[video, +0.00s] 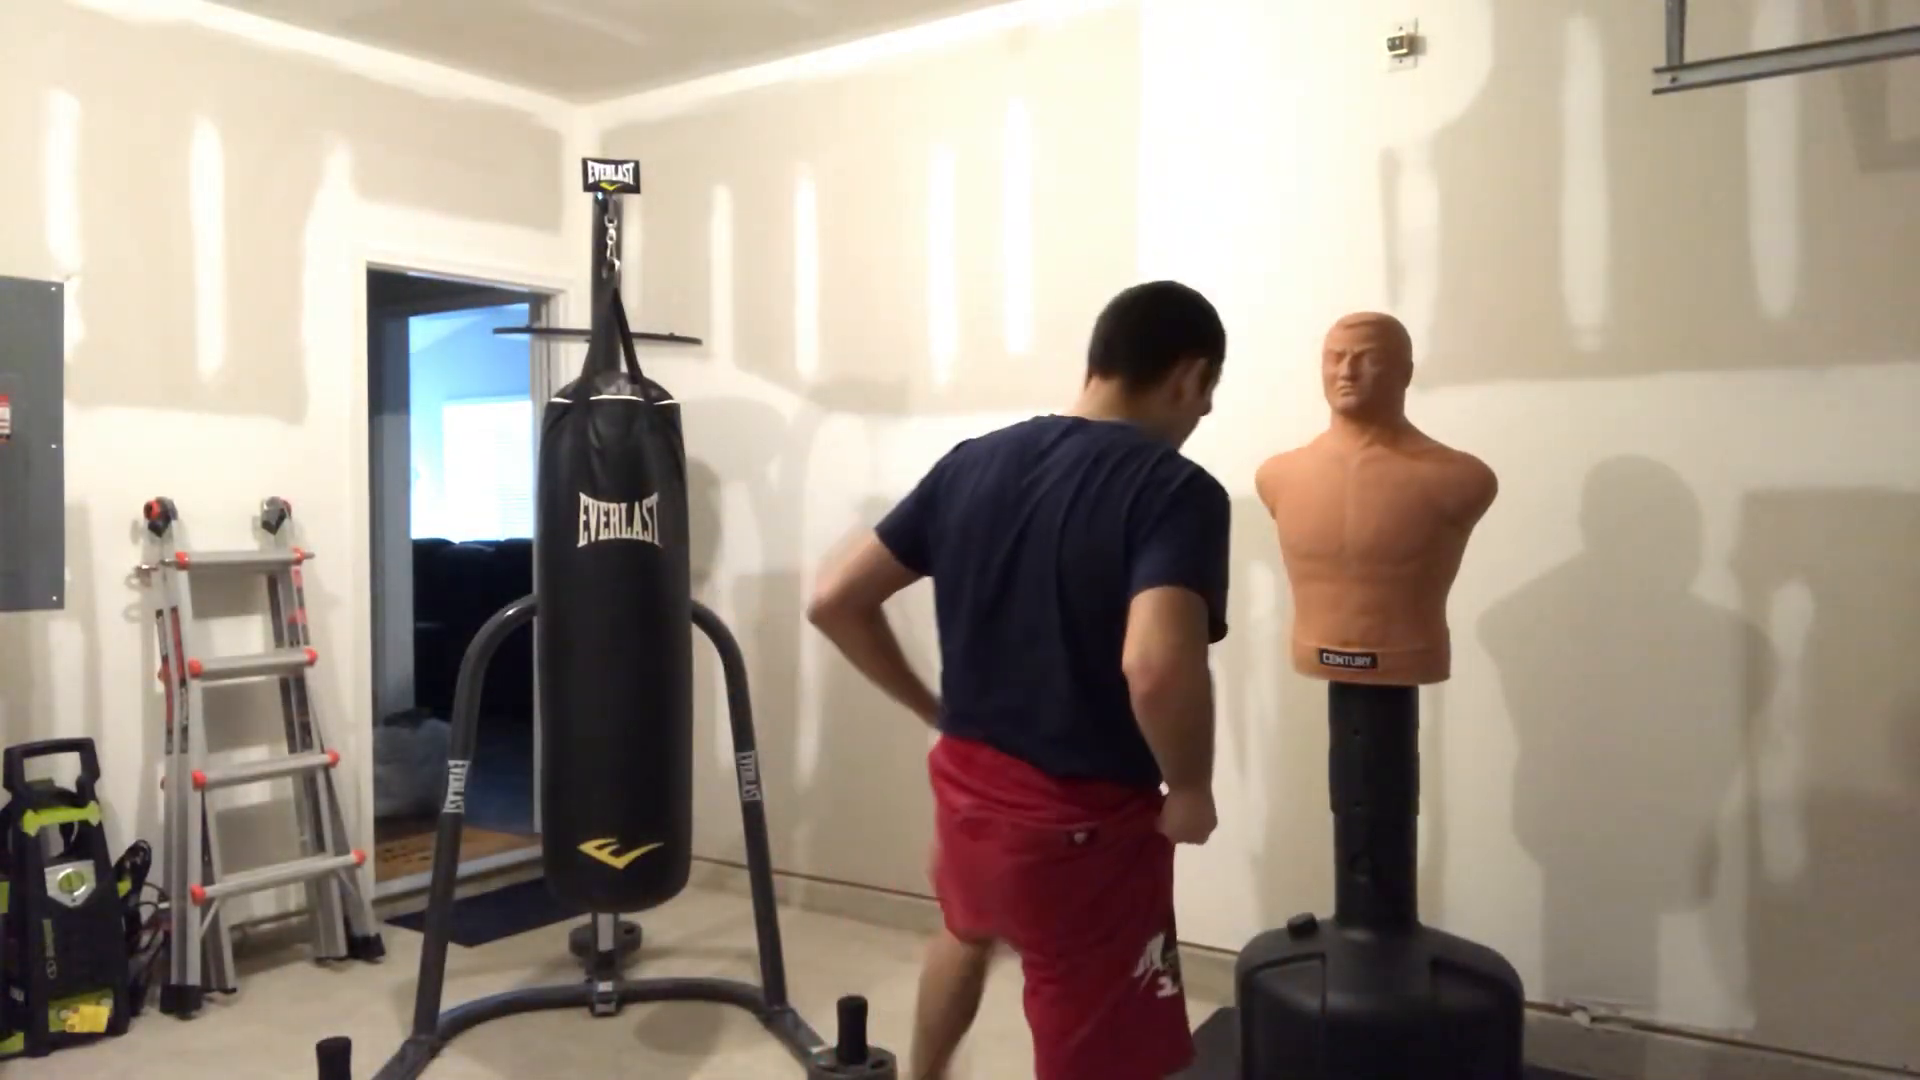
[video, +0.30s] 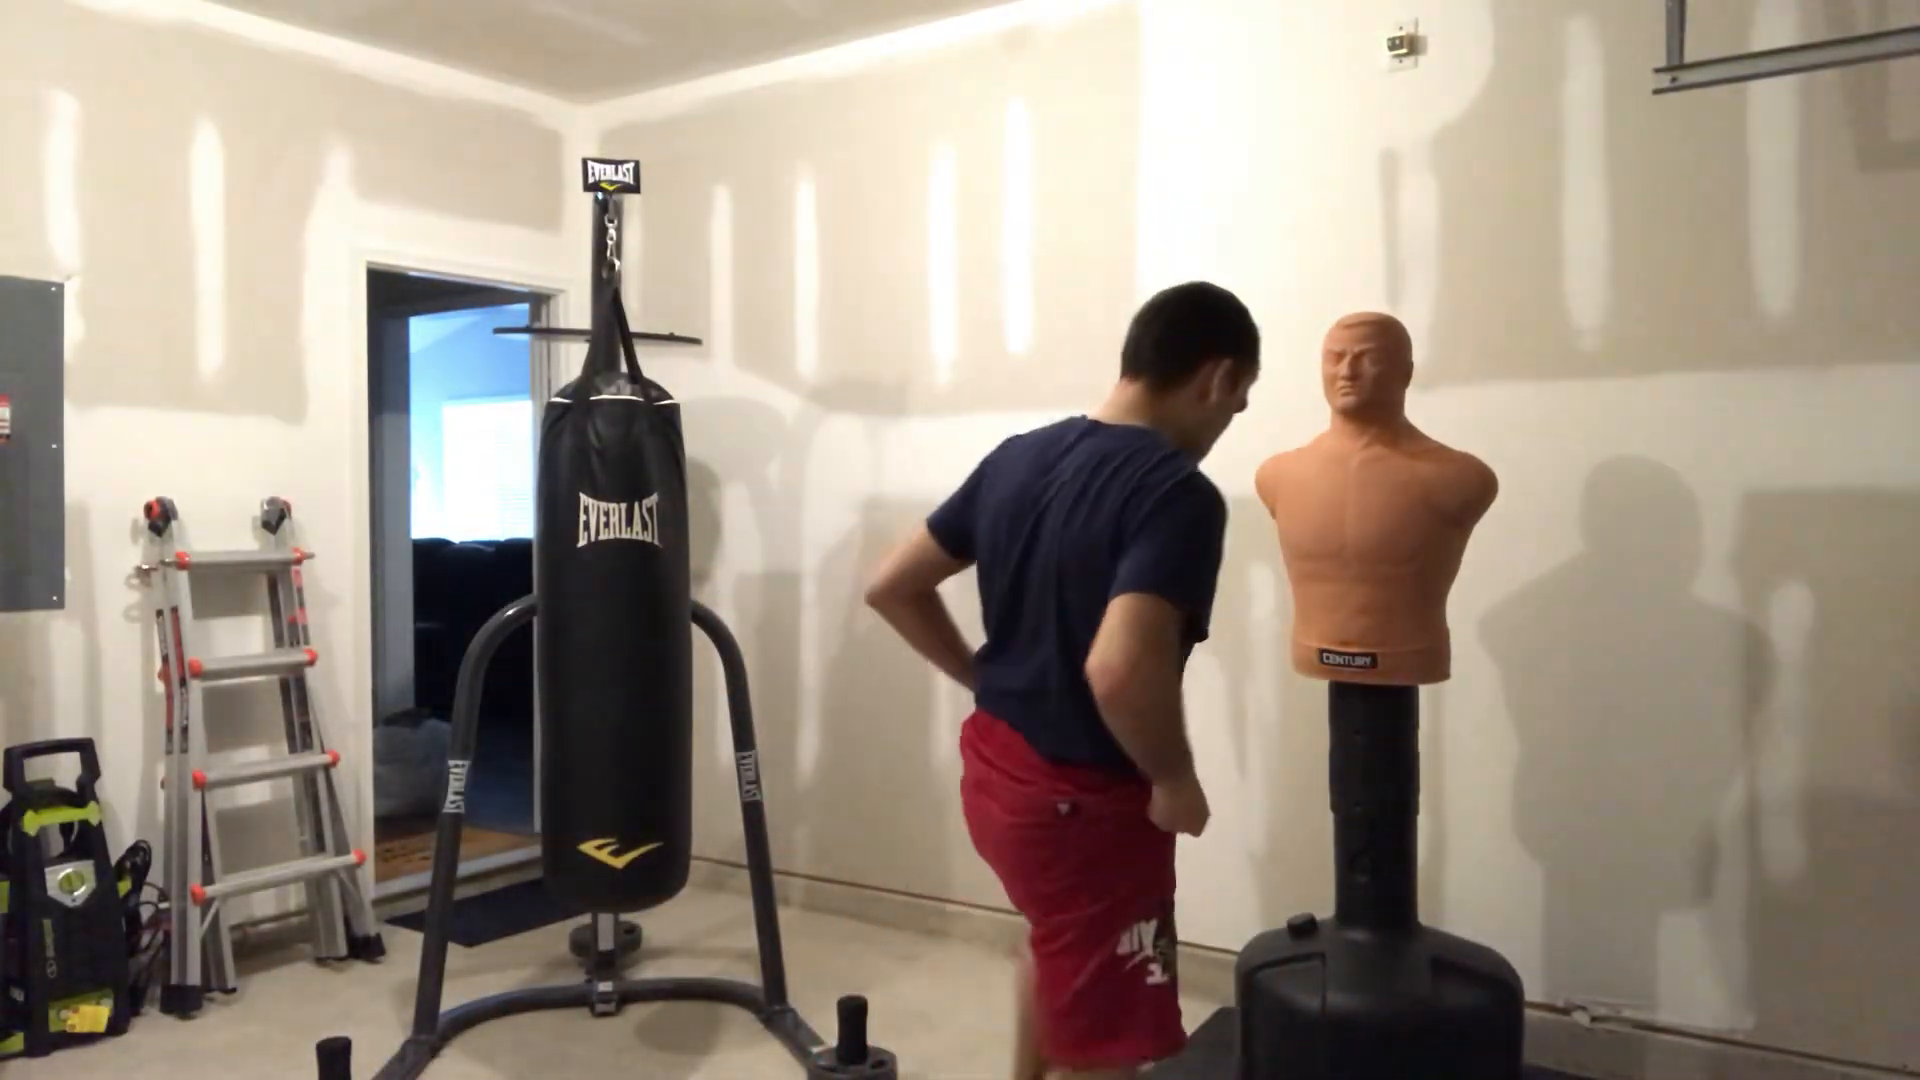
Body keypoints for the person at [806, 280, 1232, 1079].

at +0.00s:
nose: (1204, 411)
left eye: (1212, 392)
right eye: (1209, 389)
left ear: (1097, 363)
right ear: (1186, 378)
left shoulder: (979, 461)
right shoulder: (1175, 488)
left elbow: (837, 602)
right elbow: (1157, 666)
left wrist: (935, 710)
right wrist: (1189, 789)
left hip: (966, 801)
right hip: (1082, 839)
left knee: (962, 935)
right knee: (1100, 1063)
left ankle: (921, 1073)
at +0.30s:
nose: (1232, 418)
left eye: (1241, 399)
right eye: (1240, 396)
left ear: (1133, 360)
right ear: (1218, 379)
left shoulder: (1023, 456)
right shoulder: (1178, 492)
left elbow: (894, 587)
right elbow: (1121, 667)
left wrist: (979, 673)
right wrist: (1174, 777)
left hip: (994, 774)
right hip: (1083, 807)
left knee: (1053, 945)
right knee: (1107, 1049)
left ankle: (1034, 1068)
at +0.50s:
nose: (1231, 469)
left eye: (1236, 448)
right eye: (1232, 445)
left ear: (1135, 425)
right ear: (1196, 436)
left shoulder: (1069, 511)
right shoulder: (1118, 546)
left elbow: (963, 645)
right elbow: (1027, 729)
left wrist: (1044, 737)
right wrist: (1134, 831)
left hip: (1031, 833)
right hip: (1076, 855)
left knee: (1114, 1045)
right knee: (1189, 1060)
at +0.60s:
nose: (1213, 404)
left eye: (1215, 383)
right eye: (1210, 380)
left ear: (1122, 373)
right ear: (1177, 379)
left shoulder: (1082, 476)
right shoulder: (1093, 490)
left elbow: (978, 652)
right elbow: (992, 668)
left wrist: (1110, 753)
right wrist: (1122, 777)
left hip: (1061, 795)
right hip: (1075, 804)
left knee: (1089, 1026)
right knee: (1165, 1050)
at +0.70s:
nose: (1198, 338)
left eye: (1199, 315)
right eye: (1193, 313)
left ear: (1104, 309)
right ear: (1156, 313)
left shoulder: (1068, 408)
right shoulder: (1089, 418)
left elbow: (1001, 575)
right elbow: (992, 583)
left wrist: (1129, 678)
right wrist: (1131, 681)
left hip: (1062, 726)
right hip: (1075, 734)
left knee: (1073, 985)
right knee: (1142, 1016)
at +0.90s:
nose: (1165, 397)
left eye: (1161, 377)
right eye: (1157, 377)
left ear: (1069, 386)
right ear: (1126, 382)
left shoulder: (1050, 480)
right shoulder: (1072, 492)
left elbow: (1062, 612)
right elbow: (1047, 677)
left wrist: (1169, 606)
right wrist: (1213, 686)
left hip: (1055, 776)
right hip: (1070, 789)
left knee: (1083, 1034)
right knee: (1116, 1042)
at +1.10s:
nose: (1156, 379)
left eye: (1156, 357)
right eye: (1154, 356)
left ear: (1051, 361)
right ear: (1126, 354)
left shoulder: (1030, 470)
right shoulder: (1078, 479)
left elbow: (1056, 612)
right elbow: (1128, 685)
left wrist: (1169, 572)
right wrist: (1269, 593)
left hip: (1020, 806)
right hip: (1052, 819)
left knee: (1088, 1052)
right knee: (1101, 1058)